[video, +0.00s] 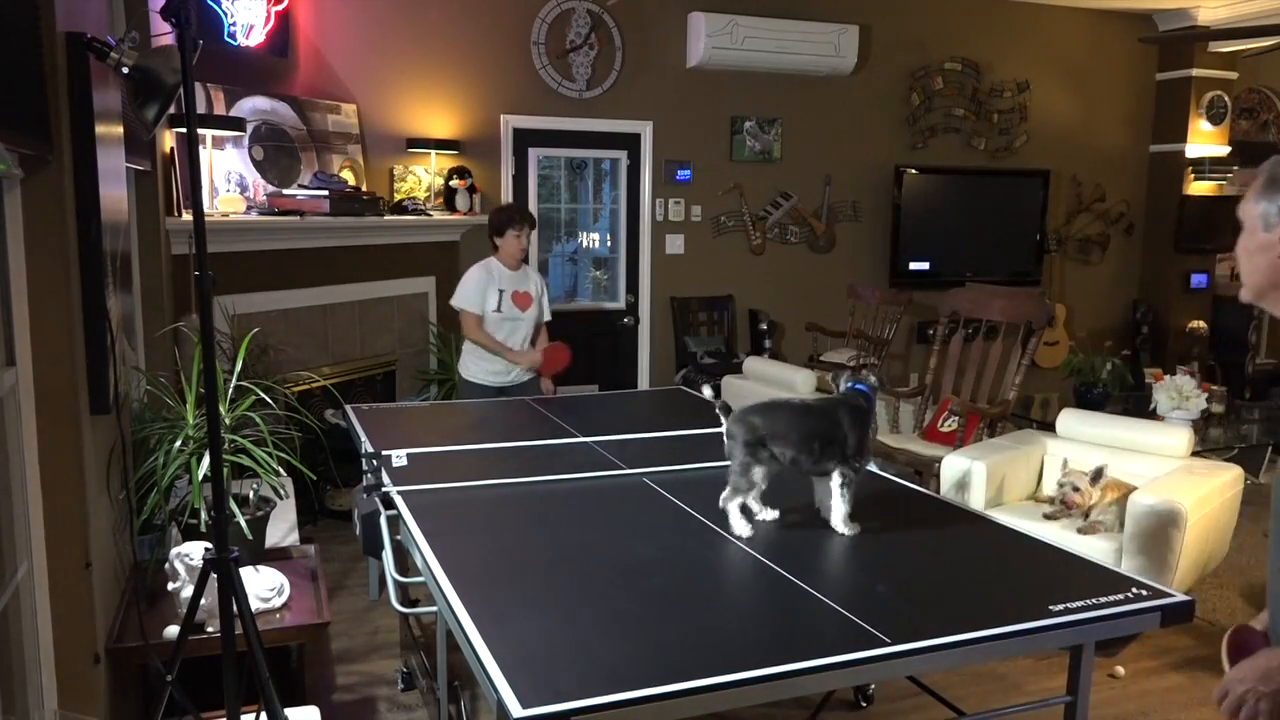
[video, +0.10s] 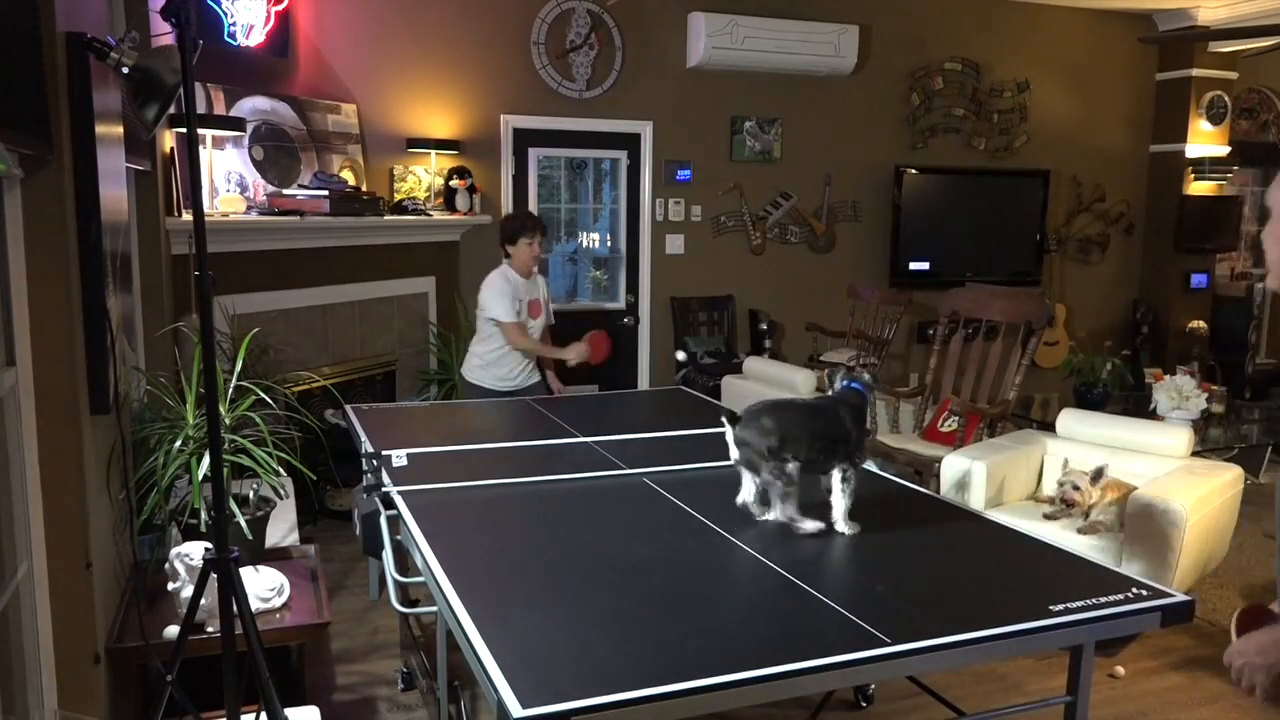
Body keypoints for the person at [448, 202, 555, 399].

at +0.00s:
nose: (525, 244)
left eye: (527, 236)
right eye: (517, 237)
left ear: (530, 237)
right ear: (497, 239)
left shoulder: (535, 279)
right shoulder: (479, 275)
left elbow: (540, 330)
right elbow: (471, 329)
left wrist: (545, 373)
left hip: (523, 380)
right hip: (480, 381)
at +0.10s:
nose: (537, 251)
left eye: (539, 243)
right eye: (529, 244)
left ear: (541, 244)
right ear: (509, 248)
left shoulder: (539, 282)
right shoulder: (497, 283)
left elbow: (543, 334)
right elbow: (517, 340)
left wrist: (550, 375)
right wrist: (564, 353)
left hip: (527, 381)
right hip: (485, 384)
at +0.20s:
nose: (555, 255)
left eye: (557, 248)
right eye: (548, 248)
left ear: (560, 249)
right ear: (528, 251)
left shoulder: (548, 285)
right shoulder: (520, 286)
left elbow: (548, 335)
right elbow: (549, 338)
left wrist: (555, 372)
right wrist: (600, 350)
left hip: (536, 383)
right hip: (497, 386)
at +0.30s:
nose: (578, 259)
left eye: (580, 252)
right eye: (570, 252)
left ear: (584, 252)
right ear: (550, 253)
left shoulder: (566, 283)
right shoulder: (541, 284)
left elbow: (559, 337)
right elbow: (560, 328)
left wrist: (561, 376)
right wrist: (603, 351)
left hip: (546, 378)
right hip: (510, 380)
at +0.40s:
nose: (594, 262)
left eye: (598, 256)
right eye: (588, 255)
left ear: (601, 257)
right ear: (570, 256)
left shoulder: (584, 287)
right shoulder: (556, 283)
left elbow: (579, 332)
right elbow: (554, 315)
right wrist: (571, 342)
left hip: (554, 377)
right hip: (517, 377)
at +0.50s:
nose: (604, 263)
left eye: (609, 258)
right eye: (598, 256)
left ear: (613, 262)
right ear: (581, 256)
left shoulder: (598, 297)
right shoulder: (561, 281)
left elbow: (586, 341)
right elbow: (537, 315)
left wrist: (576, 376)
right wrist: (549, 342)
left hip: (560, 376)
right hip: (521, 372)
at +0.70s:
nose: (597, 260)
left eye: (603, 254)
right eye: (590, 252)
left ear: (607, 260)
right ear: (575, 254)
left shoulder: (599, 299)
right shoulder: (550, 277)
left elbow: (591, 345)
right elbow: (508, 312)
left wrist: (591, 391)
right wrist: (532, 348)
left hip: (558, 380)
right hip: (518, 374)